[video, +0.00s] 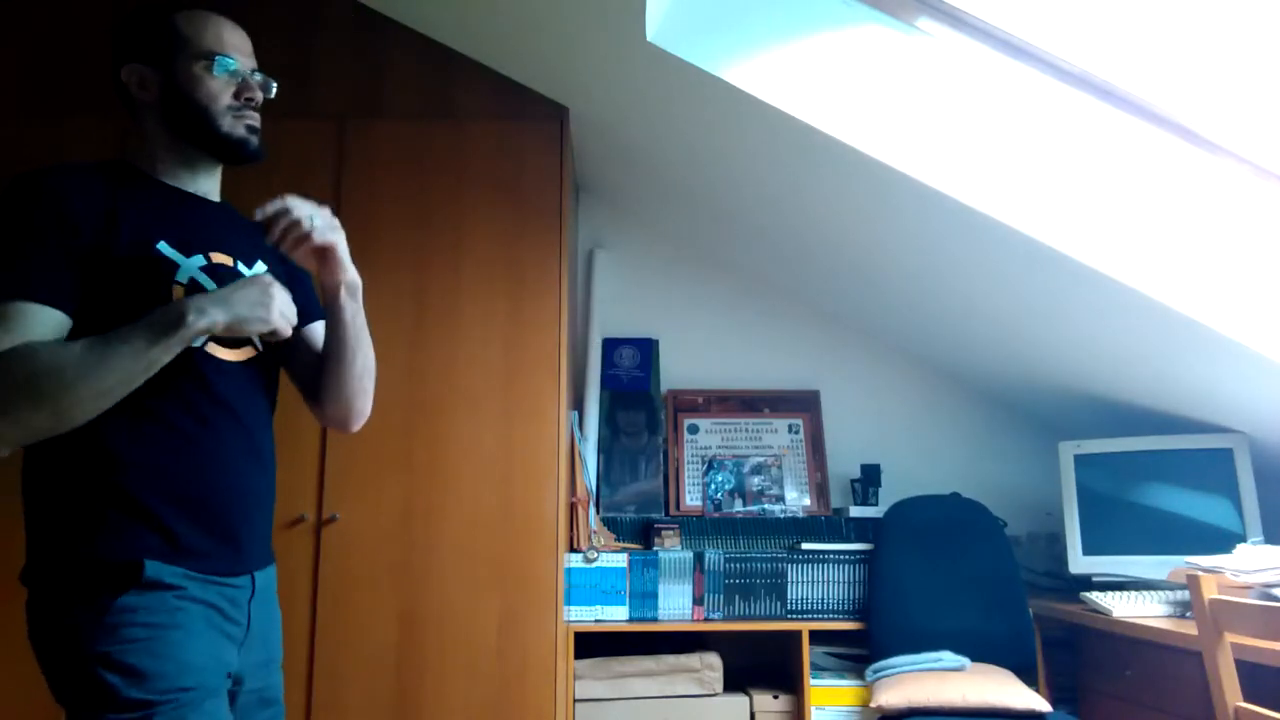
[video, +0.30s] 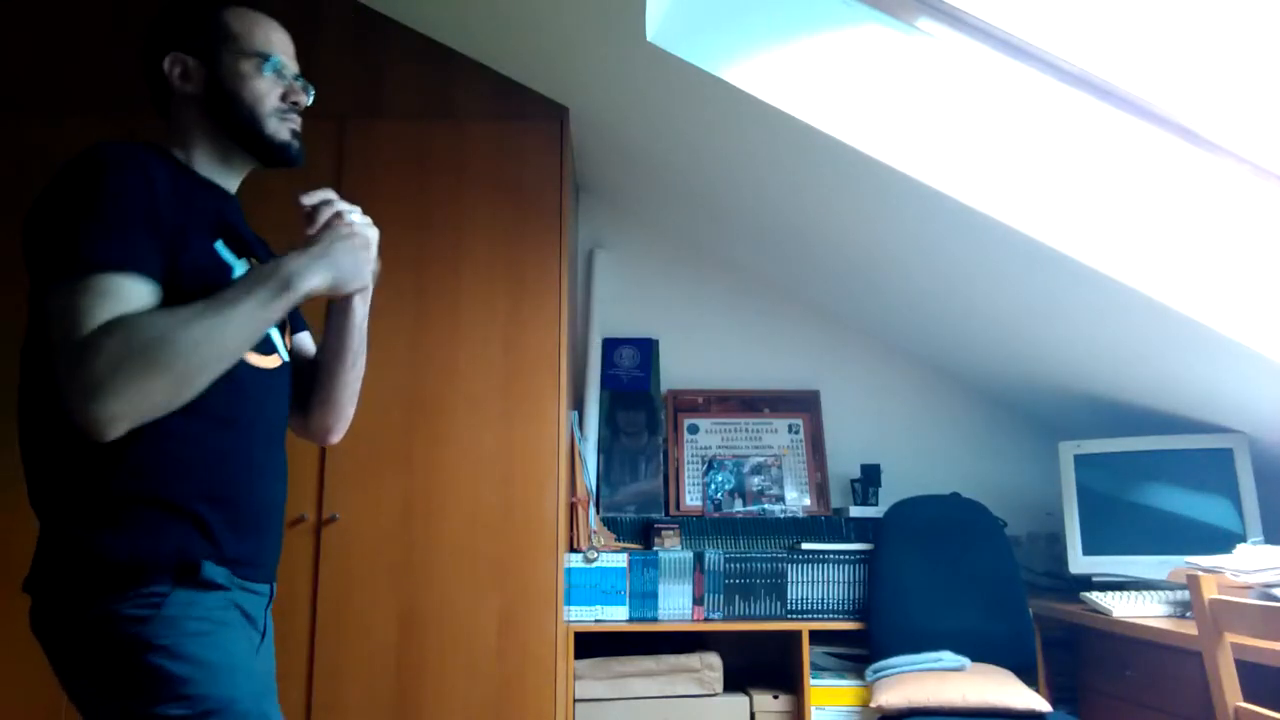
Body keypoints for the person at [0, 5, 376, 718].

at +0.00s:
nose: (255, 88)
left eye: (257, 75)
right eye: (226, 68)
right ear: (147, 83)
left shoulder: (259, 239)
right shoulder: (71, 206)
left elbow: (345, 408)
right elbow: (12, 402)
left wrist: (341, 282)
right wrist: (196, 314)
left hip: (252, 592)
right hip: (134, 594)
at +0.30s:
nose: (299, 91)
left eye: (297, 77)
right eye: (267, 66)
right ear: (186, 75)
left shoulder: (243, 239)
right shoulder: (116, 183)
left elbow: (322, 422)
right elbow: (101, 394)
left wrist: (354, 289)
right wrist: (301, 271)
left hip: (233, 595)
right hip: (153, 597)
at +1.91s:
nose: (389, 75)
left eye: (380, 52)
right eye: (362, 43)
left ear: (283, 42)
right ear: (280, 38)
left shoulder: (186, 160)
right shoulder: (290, 133)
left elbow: (250, 356)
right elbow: (351, 340)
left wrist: (399, 288)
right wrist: (520, 301)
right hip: (274, 604)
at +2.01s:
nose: (366, 77)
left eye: (359, 55)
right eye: (339, 46)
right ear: (258, 47)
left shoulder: (253, 171)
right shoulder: (225, 147)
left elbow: (312, 423)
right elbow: (245, 368)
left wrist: (396, 304)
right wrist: (436, 315)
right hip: (215, 594)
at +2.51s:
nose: (362, 64)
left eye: (357, 46)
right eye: (333, 36)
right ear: (250, 38)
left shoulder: (257, 179)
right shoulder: (210, 143)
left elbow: (314, 419)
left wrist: (378, 280)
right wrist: (463, 246)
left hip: (246, 574)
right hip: (215, 578)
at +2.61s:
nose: (393, 38)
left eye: (383, 17)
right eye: (364, 10)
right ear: (274, 10)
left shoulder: (215, 138)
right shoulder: (273, 130)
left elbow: (295, 389)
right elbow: (449, 330)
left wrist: (392, 272)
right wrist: (594, 221)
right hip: (252, 582)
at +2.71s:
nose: (415, 23)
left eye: (406, 6)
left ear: (297, 17)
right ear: (298, 6)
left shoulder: (213, 138)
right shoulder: (320, 137)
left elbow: (343, 364)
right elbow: (579, 296)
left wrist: (423, 251)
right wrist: (747, 242)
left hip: (177, 582)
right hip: (253, 594)